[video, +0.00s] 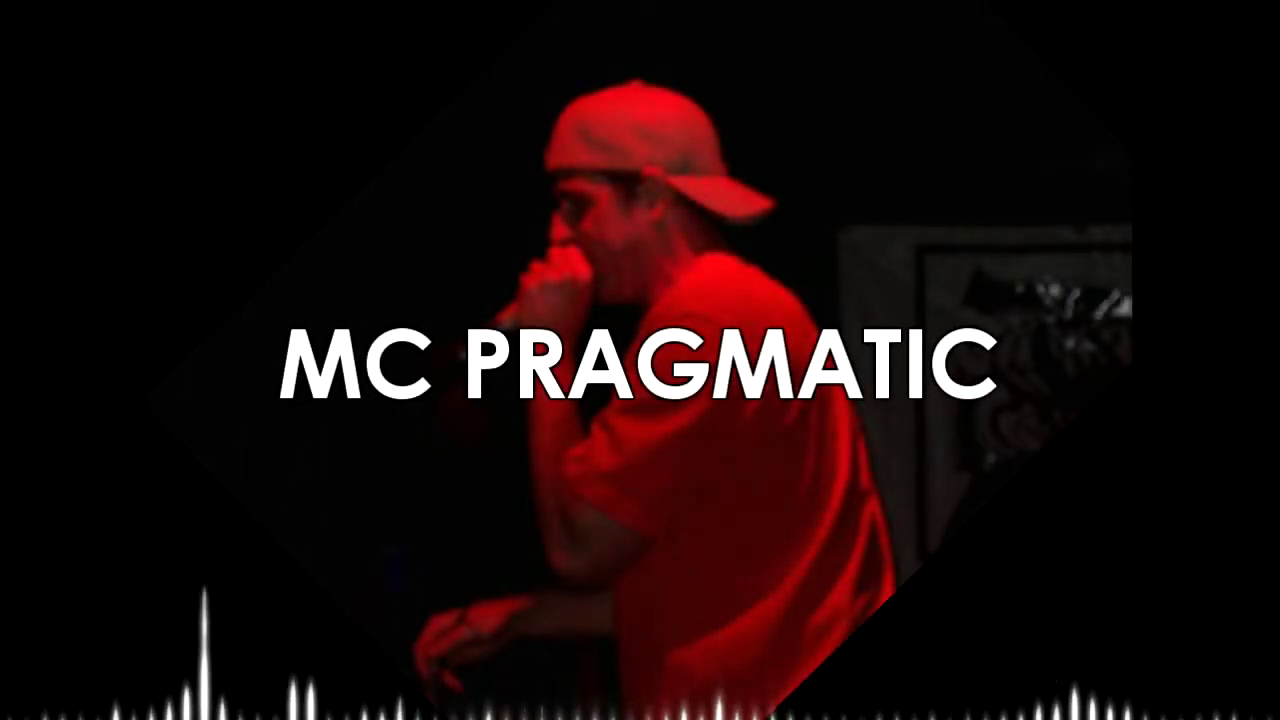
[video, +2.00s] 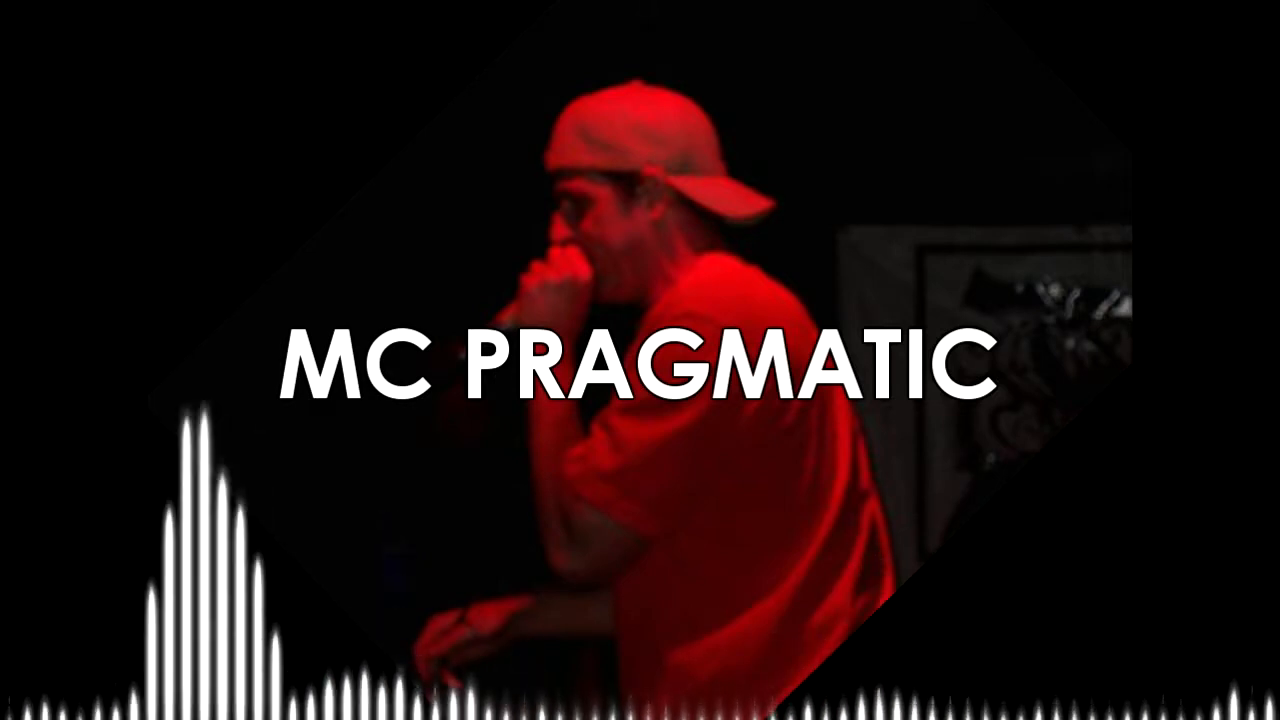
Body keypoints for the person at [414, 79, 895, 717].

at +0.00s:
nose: (559, 233)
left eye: (576, 206)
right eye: (559, 209)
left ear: (653, 200)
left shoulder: (707, 313)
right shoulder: (743, 304)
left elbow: (578, 543)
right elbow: (698, 579)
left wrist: (545, 349)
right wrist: (519, 620)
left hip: (738, 704)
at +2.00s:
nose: (560, 233)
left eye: (577, 206)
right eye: (559, 209)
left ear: (652, 198)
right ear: (649, 200)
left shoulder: (706, 314)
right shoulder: (746, 304)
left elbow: (577, 544)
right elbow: (698, 578)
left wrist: (546, 348)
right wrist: (518, 620)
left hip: (738, 705)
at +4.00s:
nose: (560, 234)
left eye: (577, 206)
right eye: (559, 209)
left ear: (652, 198)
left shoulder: (707, 313)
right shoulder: (744, 303)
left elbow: (577, 544)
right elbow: (697, 581)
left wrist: (545, 347)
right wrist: (518, 620)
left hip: (738, 705)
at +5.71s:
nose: (560, 233)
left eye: (577, 207)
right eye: (560, 209)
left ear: (653, 200)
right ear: (650, 201)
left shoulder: (706, 314)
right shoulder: (748, 303)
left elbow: (578, 544)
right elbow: (701, 580)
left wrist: (546, 347)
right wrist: (520, 619)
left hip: (735, 705)